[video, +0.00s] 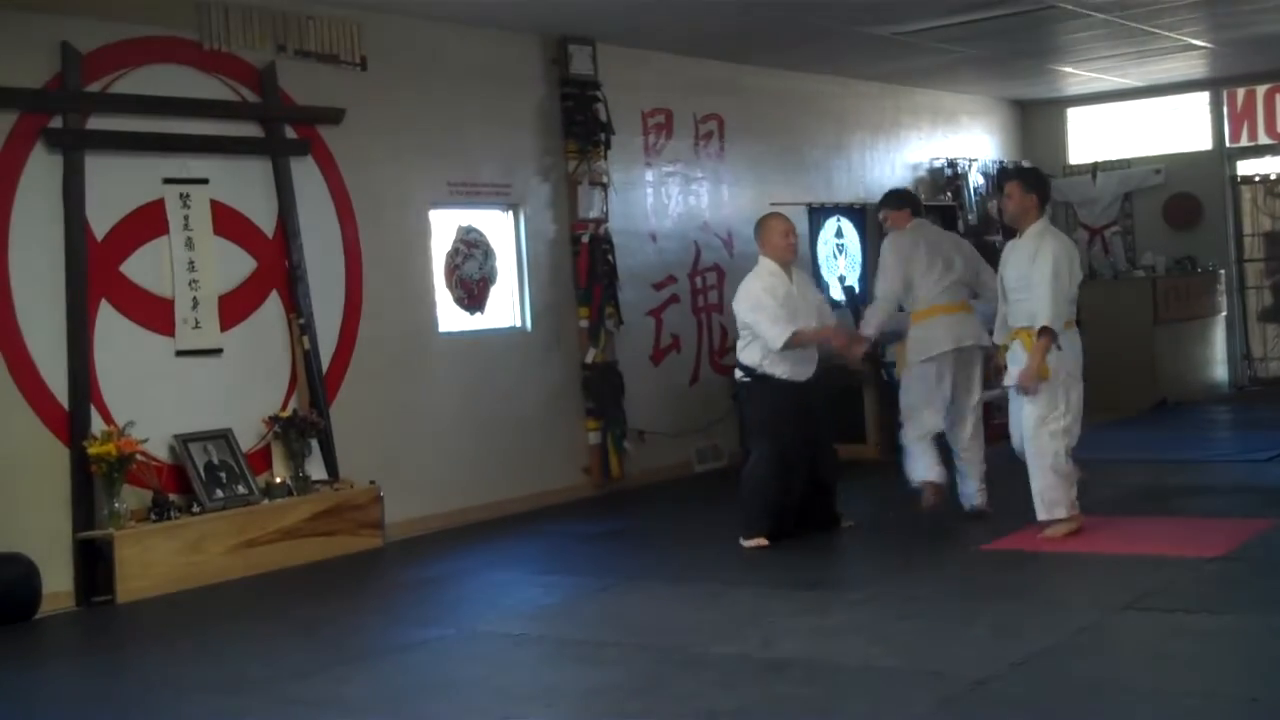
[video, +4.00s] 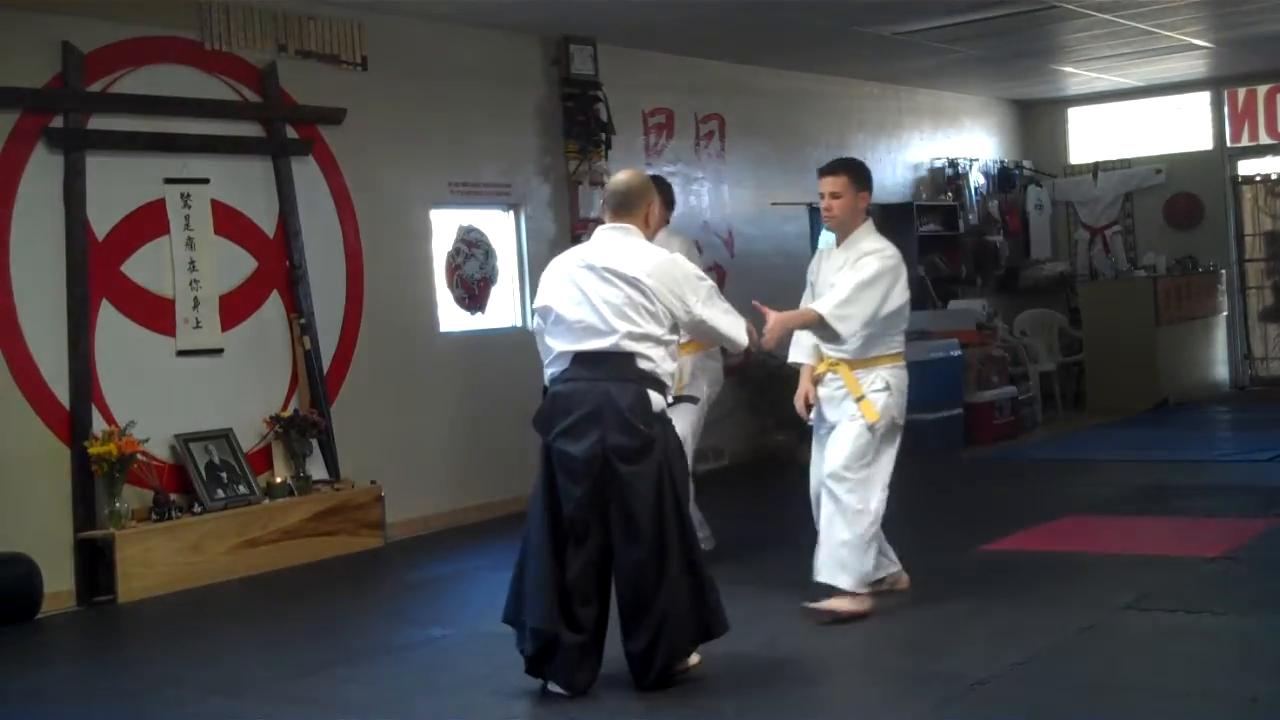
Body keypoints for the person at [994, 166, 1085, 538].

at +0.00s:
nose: (1002, 203)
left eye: (1009, 196)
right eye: (1002, 196)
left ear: (1033, 200)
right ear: (1019, 202)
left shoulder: (1054, 245)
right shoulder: (1012, 248)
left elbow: (1055, 308)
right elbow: (1007, 304)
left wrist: (1037, 360)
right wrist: (1002, 349)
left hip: (1051, 345)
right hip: (1020, 346)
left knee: (1044, 435)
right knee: (1023, 437)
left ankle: (1062, 513)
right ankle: (1065, 485)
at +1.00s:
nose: (1056, 193)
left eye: (1064, 187)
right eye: (1054, 187)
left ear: (1087, 191)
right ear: (1053, 192)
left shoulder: (1103, 237)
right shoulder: (1048, 238)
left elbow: (1106, 300)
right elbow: (1033, 294)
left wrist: (1085, 354)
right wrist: (1022, 346)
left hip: (1087, 336)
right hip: (1049, 336)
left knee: (1091, 420)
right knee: (1053, 421)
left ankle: (1105, 499)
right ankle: (1069, 495)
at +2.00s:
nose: (1037, 200)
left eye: (1045, 193)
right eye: (1034, 194)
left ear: (1069, 197)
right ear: (1033, 200)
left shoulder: (1093, 247)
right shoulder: (1027, 249)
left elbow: (1100, 309)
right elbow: (1011, 305)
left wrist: (1080, 365)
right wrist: (1002, 362)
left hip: (1080, 351)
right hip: (1035, 350)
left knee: (1094, 439)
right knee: (1016, 428)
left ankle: (1102, 507)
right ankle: (1008, 508)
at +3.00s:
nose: (917, 179)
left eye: (926, 172)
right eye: (914, 172)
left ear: (952, 178)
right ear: (913, 178)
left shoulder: (974, 234)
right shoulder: (901, 232)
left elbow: (987, 304)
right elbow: (880, 295)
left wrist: (989, 370)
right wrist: (871, 355)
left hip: (949, 355)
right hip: (900, 356)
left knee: (945, 456)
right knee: (895, 455)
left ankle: (937, 551)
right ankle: (942, 523)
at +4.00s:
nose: (825, 206)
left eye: (835, 197)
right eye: (822, 198)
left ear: (863, 200)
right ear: (821, 201)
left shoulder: (882, 258)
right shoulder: (825, 255)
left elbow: (842, 312)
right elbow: (814, 313)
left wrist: (790, 319)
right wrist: (808, 373)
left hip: (875, 380)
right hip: (833, 379)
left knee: (843, 475)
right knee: (825, 480)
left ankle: (853, 588)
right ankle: (884, 569)